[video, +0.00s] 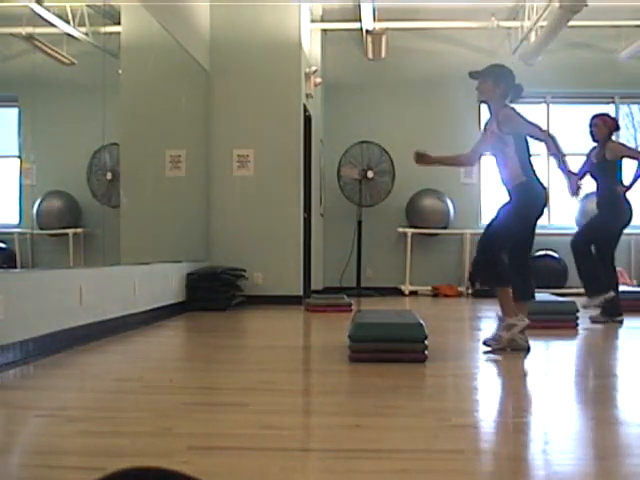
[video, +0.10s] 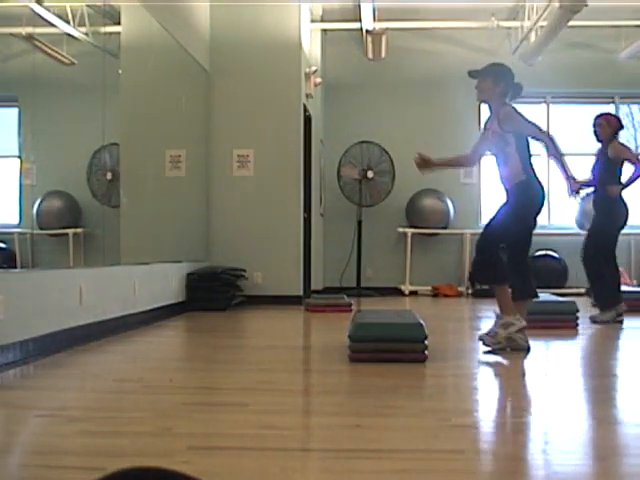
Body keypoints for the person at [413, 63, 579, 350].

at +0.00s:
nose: (478, 85)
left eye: (483, 81)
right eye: (479, 81)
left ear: (499, 87)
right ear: (494, 88)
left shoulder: (507, 116)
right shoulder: (492, 125)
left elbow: (546, 137)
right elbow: (470, 159)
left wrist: (567, 173)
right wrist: (432, 160)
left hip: (526, 195)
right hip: (523, 197)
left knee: (488, 249)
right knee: (517, 261)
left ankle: (510, 320)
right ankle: (518, 335)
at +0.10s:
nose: (477, 85)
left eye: (482, 80)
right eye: (478, 80)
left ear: (499, 86)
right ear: (494, 87)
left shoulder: (507, 115)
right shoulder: (492, 123)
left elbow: (545, 137)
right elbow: (471, 160)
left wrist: (568, 177)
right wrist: (434, 164)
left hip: (524, 194)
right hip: (520, 195)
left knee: (486, 249)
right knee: (517, 259)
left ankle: (508, 318)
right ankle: (517, 332)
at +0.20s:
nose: (479, 86)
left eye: (484, 81)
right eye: (480, 81)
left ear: (500, 85)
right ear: (494, 86)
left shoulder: (510, 113)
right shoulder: (496, 118)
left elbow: (535, 156)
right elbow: (495, 162)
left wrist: (535, 201)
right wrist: (468, 190)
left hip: (519, 191)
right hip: (507, 192)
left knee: (506, 257)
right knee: (502, 258)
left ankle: (517, 332)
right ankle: (511, 330)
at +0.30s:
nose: (481, 84)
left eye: (487, 80)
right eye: (481, 80)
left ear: (503, 83)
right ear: (492, 84)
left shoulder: (511, 113)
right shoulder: (498, 115)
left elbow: (512, 164)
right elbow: (502, 166)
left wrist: (490, 198)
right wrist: (486, 199)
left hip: (519, 190)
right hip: (507, 190)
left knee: (511, 258)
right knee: (499, 258)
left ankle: (518, 334)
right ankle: (511, 329)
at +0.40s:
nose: (479, 86)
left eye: (484, 82)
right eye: (480, 82)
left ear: (501, 86)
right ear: (497, 87)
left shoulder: (504, 113)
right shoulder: (502, 115)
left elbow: (498, 154)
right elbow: (494, 157)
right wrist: (458, 169)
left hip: (524, 194)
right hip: (520, 194)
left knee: (522, 262)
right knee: (479, 250)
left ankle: (517, 336)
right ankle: (502, 319)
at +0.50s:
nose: (480, 84)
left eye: (486, 80)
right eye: (481, 80)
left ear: (502, 87)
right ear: (499, 88)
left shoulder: (504, 113)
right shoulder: (501, 115)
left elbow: (496, 152)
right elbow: (490, 156)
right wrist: (461, 148)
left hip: (525, 196)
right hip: (519, 195)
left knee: (523, 262)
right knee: (475, 245)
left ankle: (518, 337)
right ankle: (499, 310)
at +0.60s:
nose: (485, 85)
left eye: (490, 80)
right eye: (486, 80)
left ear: (506, 84)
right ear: (502, 85)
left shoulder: (509, 111)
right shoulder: (507, 112)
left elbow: (506, 149)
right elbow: (505, 151)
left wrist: (516, 189)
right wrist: (480, 158)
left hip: (522, 193)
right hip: (516, 192)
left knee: (518, 261)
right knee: (484, 258)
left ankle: (518, 336)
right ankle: (506, 322)